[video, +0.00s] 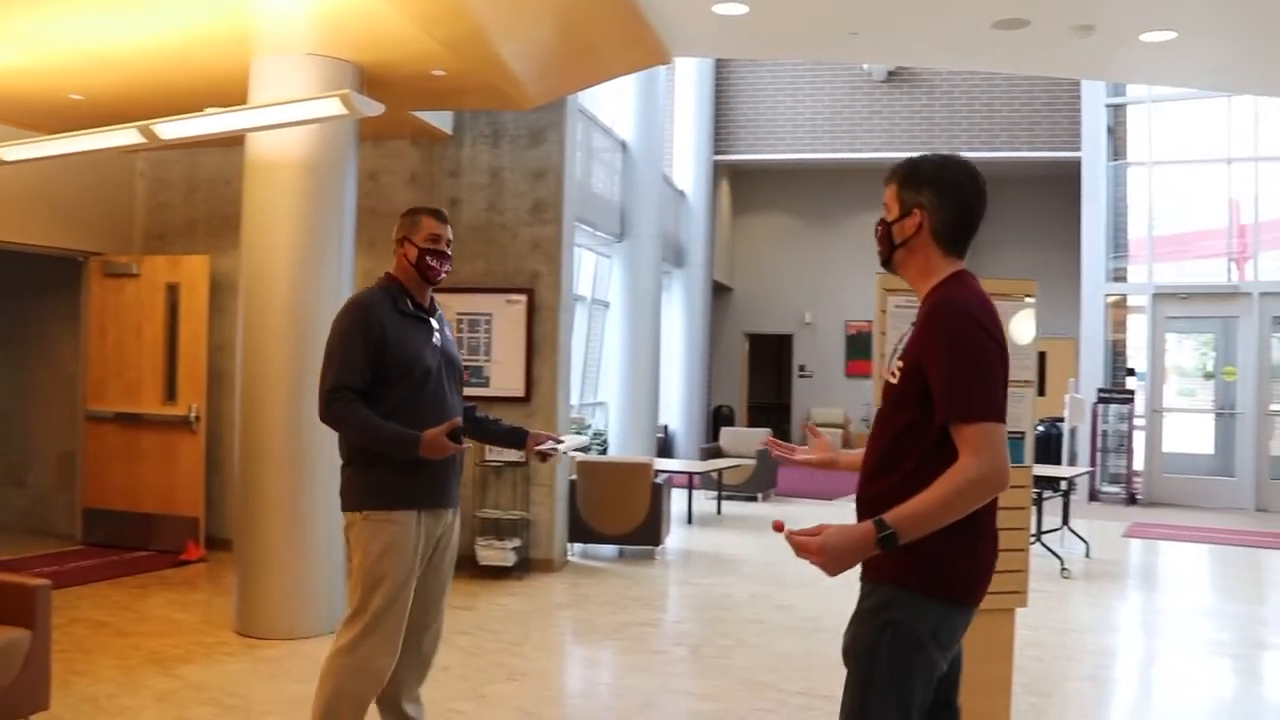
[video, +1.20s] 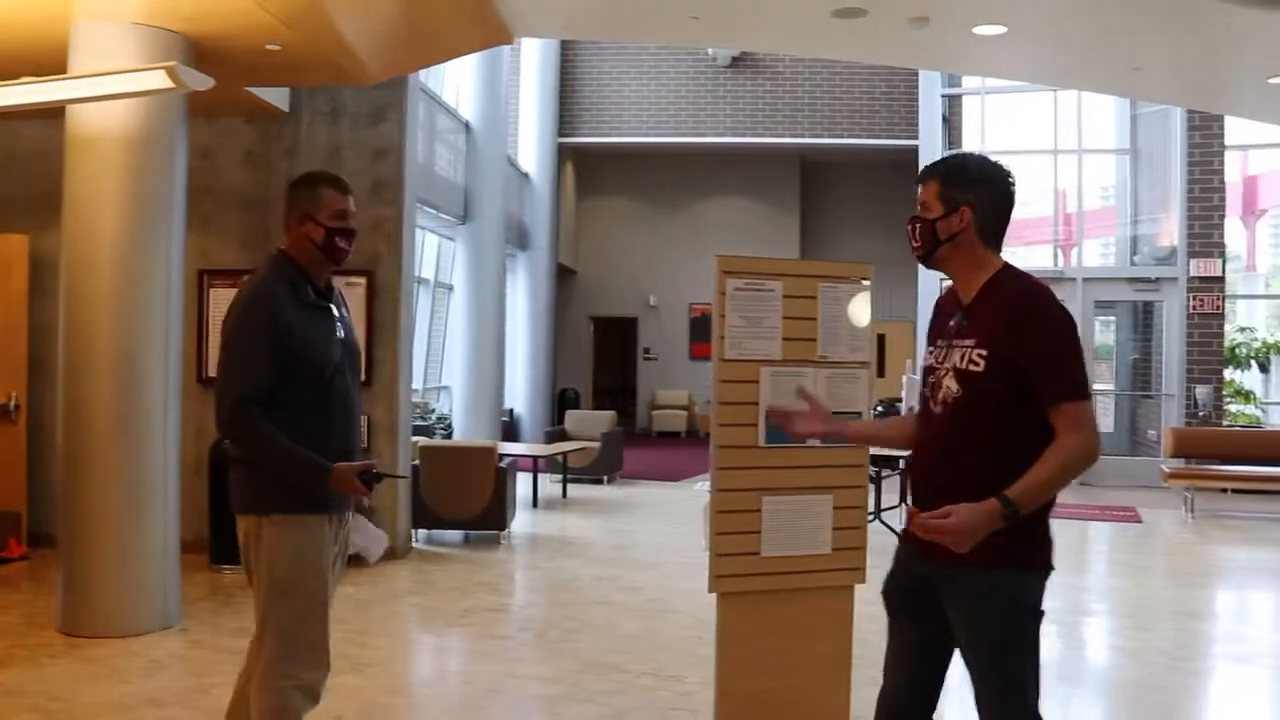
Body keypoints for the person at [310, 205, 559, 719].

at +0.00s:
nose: (443, 257)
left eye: (448, 249)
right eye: (433, 247)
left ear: (451, 255)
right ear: (402, 247)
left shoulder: (435, 320)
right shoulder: (365, 311)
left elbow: (452, 411)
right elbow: (335, 404)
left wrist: (521, 438)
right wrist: (415, 441)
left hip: (439, 504)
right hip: (386, 504)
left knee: (419, 638)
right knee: (372, 640)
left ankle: (402, 711)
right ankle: (333, 716)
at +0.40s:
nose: (414, 254)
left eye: (420, 247)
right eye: (406, 244)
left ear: (421, 254)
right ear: (374, 243)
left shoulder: (395, 317)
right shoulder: (331, 303)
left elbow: (406, 413)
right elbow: (287, 392)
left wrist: (465, 454)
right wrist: (365, 440)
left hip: (382, 497)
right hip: (337, 496)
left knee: (352, 634)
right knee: (352, 636)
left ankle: (339, 713)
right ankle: (345, 718)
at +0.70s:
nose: (389, 252)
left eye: (393, 243)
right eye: (379, 241)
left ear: (391, 248)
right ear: (344, 239)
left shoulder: (364, 312)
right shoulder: (304, 302)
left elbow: (372, 414)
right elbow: (269, 402)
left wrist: (402, 494)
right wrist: (348, 453)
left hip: (346, 496)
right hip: (308, 497)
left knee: (298, 633)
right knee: (331, 643)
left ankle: (289, 716)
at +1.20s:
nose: (347, 238)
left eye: (351, 228)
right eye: (336, 225)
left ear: (352, 229)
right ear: (298, 224)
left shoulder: (324, 295)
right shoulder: (264, 297)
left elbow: (325, 399)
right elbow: (236, 417)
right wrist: (327, 474)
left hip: (319, 506)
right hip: (283, 508)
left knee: (279, 661)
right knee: (295, 672)